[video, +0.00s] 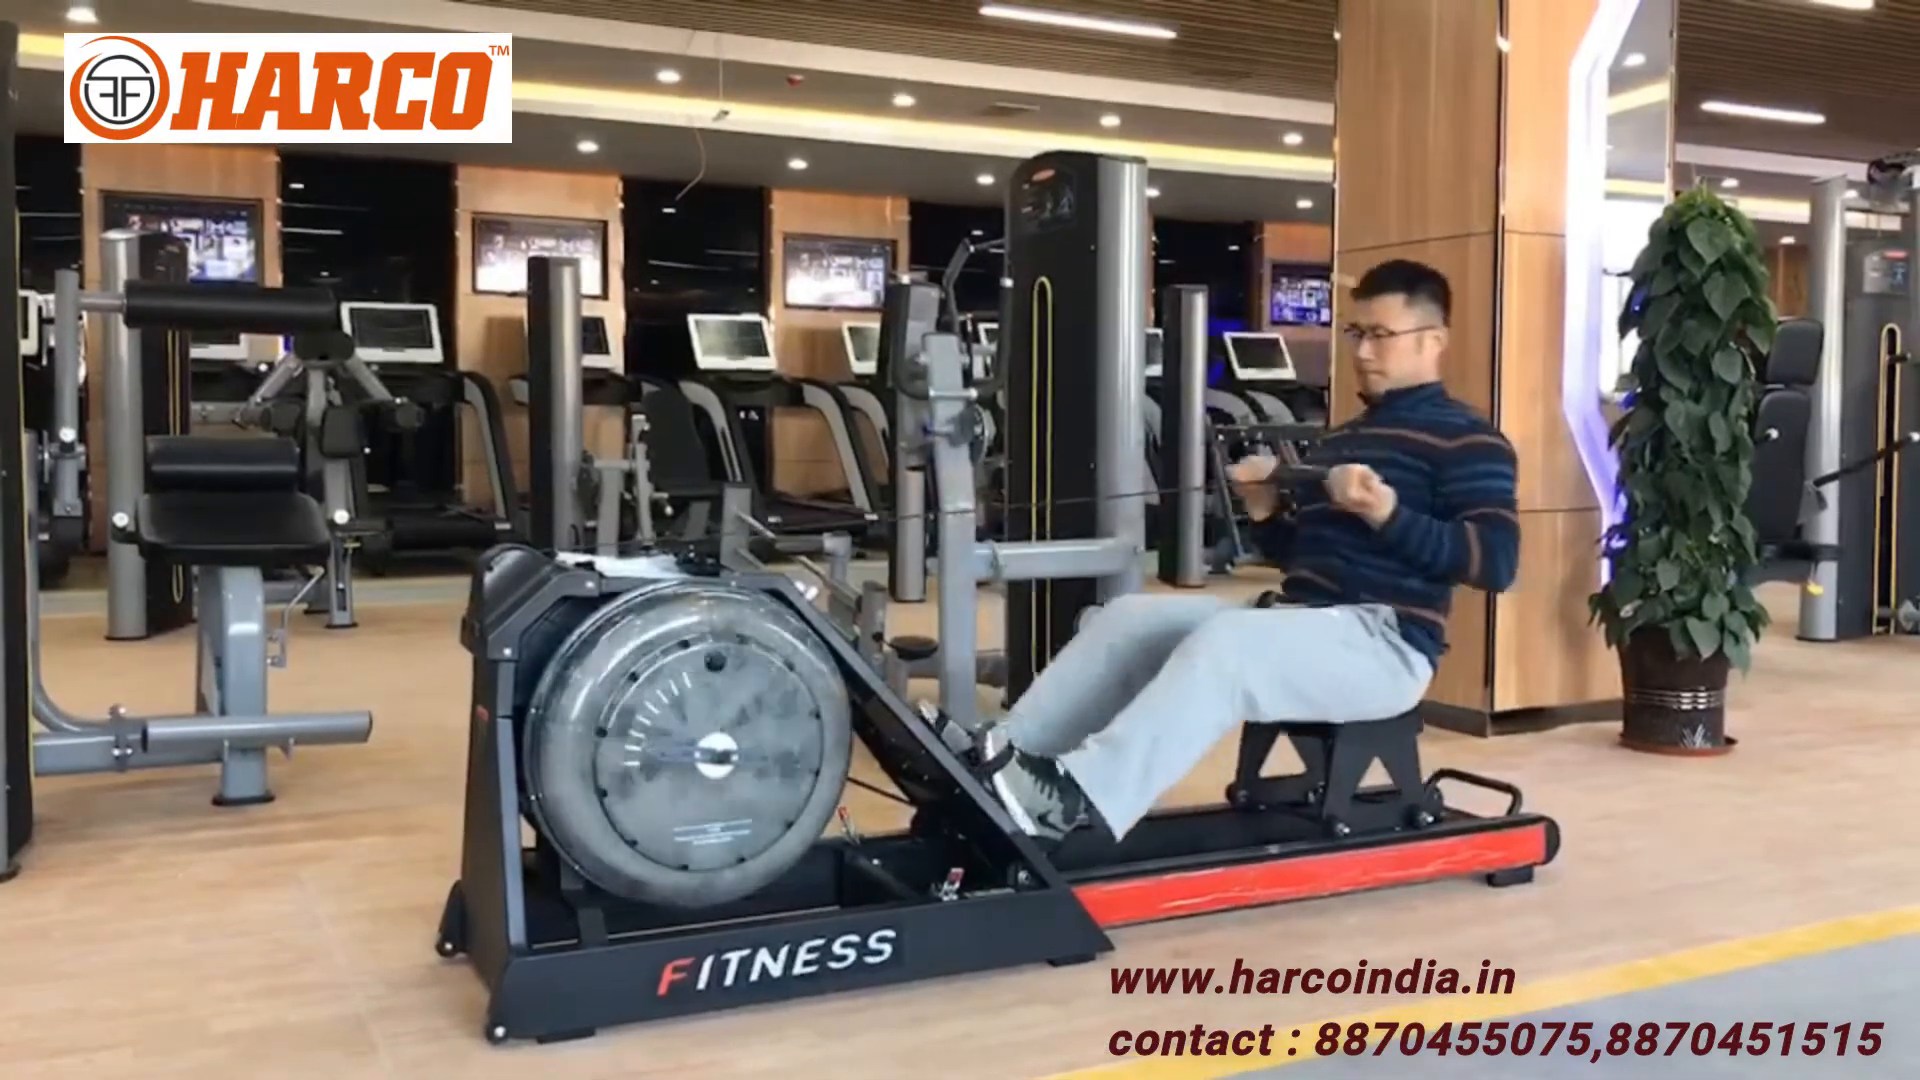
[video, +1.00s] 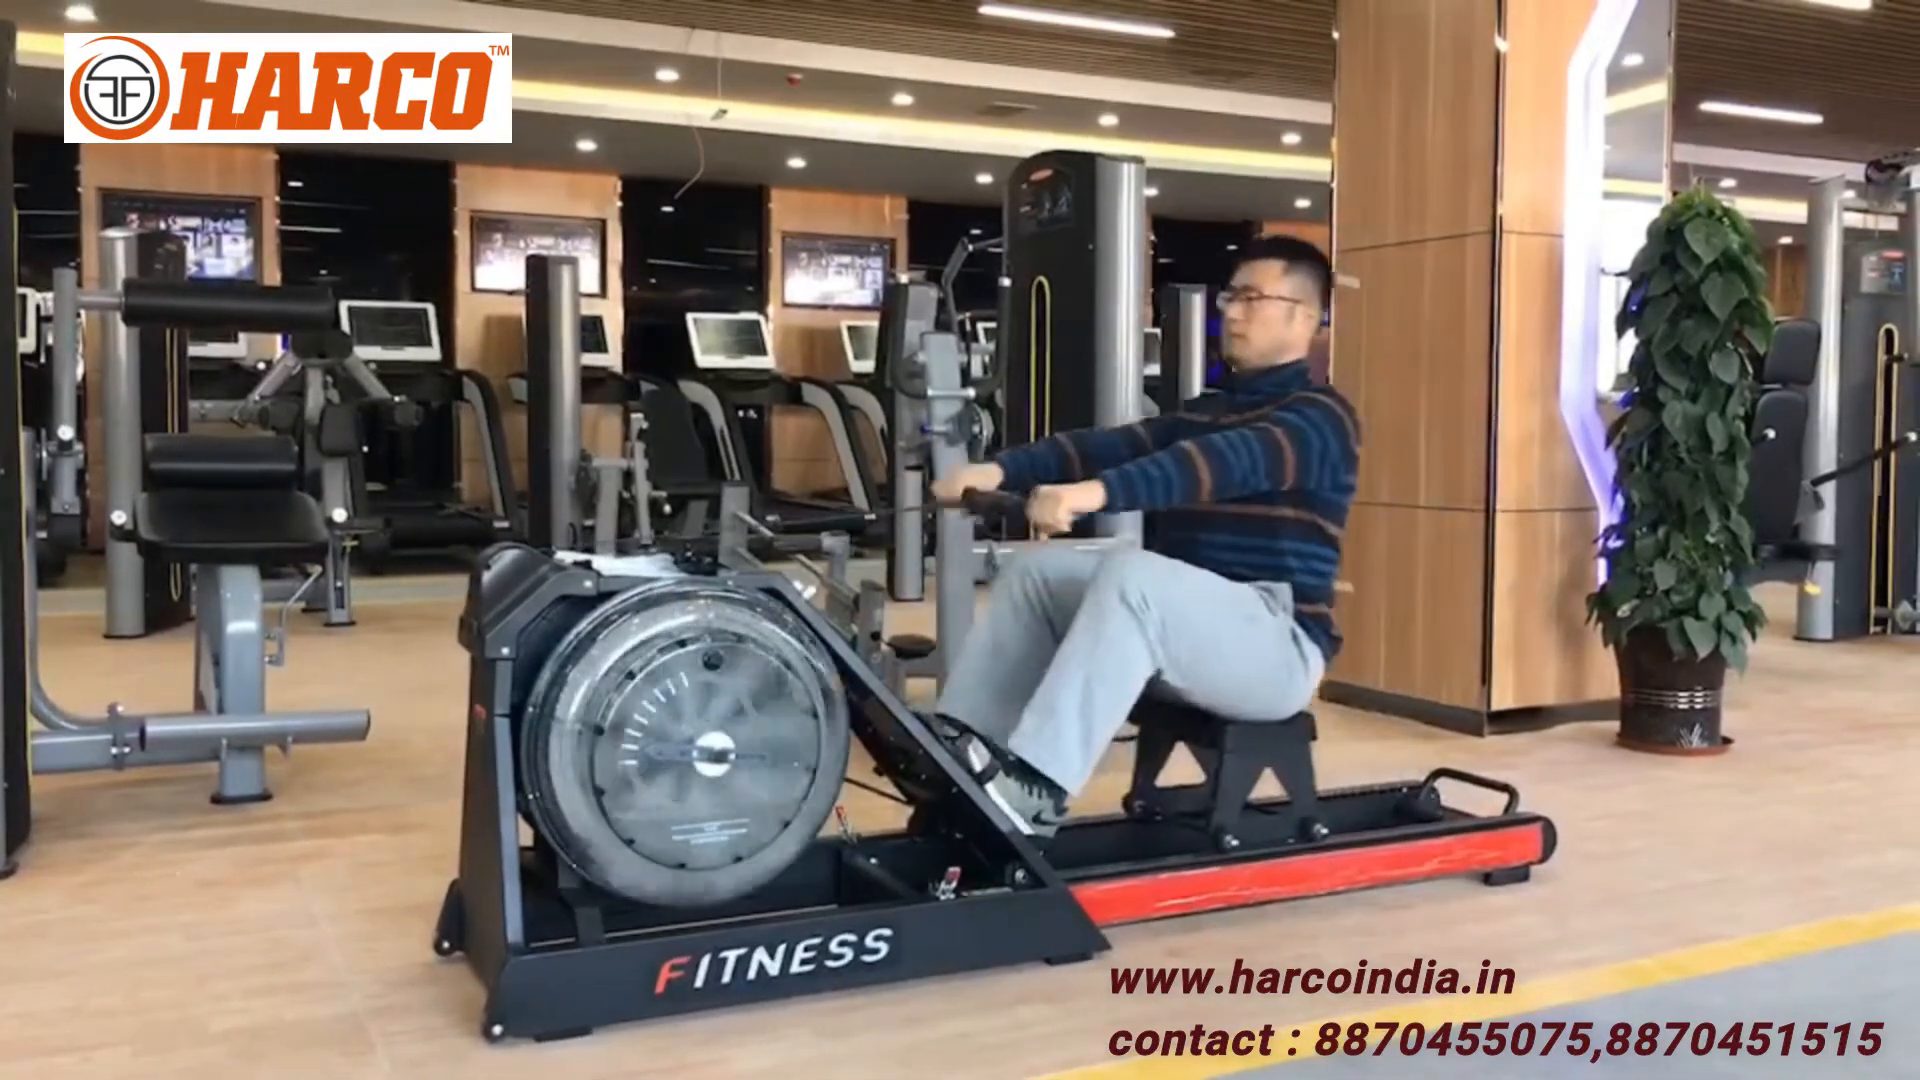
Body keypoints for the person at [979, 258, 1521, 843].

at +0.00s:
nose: (1362, 350)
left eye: (1381, 334)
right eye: (1357, 335)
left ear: (1434, 344)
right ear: (1352, 340)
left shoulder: (1471, 440)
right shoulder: (1340, 437)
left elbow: (1496, 562)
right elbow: (1300, 555)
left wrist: (1392, 516)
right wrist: (1263, 505)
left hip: (1384, 641)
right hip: (1297, 619)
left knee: (1222, 648)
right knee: (1127, 618)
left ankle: (1079, 800)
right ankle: (999, 754)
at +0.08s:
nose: (1336, 343)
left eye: (1355, 329)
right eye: (1332, 328)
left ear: (1407, 337)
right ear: (1326, 333)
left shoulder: (1444, 434)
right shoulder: (1319, 434)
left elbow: (1463, 554)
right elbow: (1278, 553)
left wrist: (1354, 516)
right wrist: (1225, 504)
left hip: (1371, 642)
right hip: (1289, 624)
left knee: (1210, 629)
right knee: (1116, 606)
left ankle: (1075, 795)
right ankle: (995, 754)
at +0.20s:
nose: (1274, 331)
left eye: (1293, 316)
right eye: (1272, 315)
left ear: (1351, 326)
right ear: (1266, 317)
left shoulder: (1385, 429)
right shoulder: (1260, 432)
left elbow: (1382, 547)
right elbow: (1218, 540)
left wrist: (1267, 522)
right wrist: (1139, 520)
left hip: (1336, 643)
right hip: (1239, 623)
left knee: (1190, 607)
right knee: (1085, 587)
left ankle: (1062, 788)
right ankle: (981, 751)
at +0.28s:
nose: (1241, 327)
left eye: (1261, 312)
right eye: (1239, 311)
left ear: (1319, 324)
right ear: (1234, 317)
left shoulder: (1351, 423)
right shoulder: (1226, 431)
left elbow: (1348, 541)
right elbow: (1175, 534)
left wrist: (1228, 529)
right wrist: (1090, 513)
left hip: (1317, 644)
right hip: (1219, 620)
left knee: (1176, 599)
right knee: (1060, 580)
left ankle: (1054, 787)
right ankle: (973, 751)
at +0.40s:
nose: (1180, 319)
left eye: (1200, 304)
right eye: (1176, 304)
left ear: (1255, 321)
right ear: (1167, 314)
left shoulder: (1285, 411)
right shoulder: (1167, 419)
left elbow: (1273, 519)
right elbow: (1099, 490)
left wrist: (1148, 528)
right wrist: (1021, 498)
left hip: (1276, 645)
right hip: (1178, 612)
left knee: (1137, 589)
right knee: (1021, 571)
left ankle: (1042, 786)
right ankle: (961, 749)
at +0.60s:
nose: (1121, 313)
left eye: (1139, 298)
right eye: (1120, 298)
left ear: (1195, 316)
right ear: (1113, 309)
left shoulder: (1227, 414)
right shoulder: (1113, 415)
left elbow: (1166, 487)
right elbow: (1034, 467)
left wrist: (1039, 509)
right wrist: (940, 487)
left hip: (1230, 652)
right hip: (1127, 637)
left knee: (1097, 566)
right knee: (974, 564)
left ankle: (1034, 784)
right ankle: (959, 758)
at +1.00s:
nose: (1231, 309)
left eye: (1253, 298)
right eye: (1231, 296)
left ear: (1306, 322)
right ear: (1224, 307)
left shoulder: (1322, 416)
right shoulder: (1210, 411)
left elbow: (1221, 465)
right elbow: (1118, 448)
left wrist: (1100, 492)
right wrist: (1000, 471)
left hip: (1280, 644)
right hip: (1188, 619)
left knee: (1133, 581)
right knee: (1032, 572)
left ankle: (1038, 786)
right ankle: (959, 747)